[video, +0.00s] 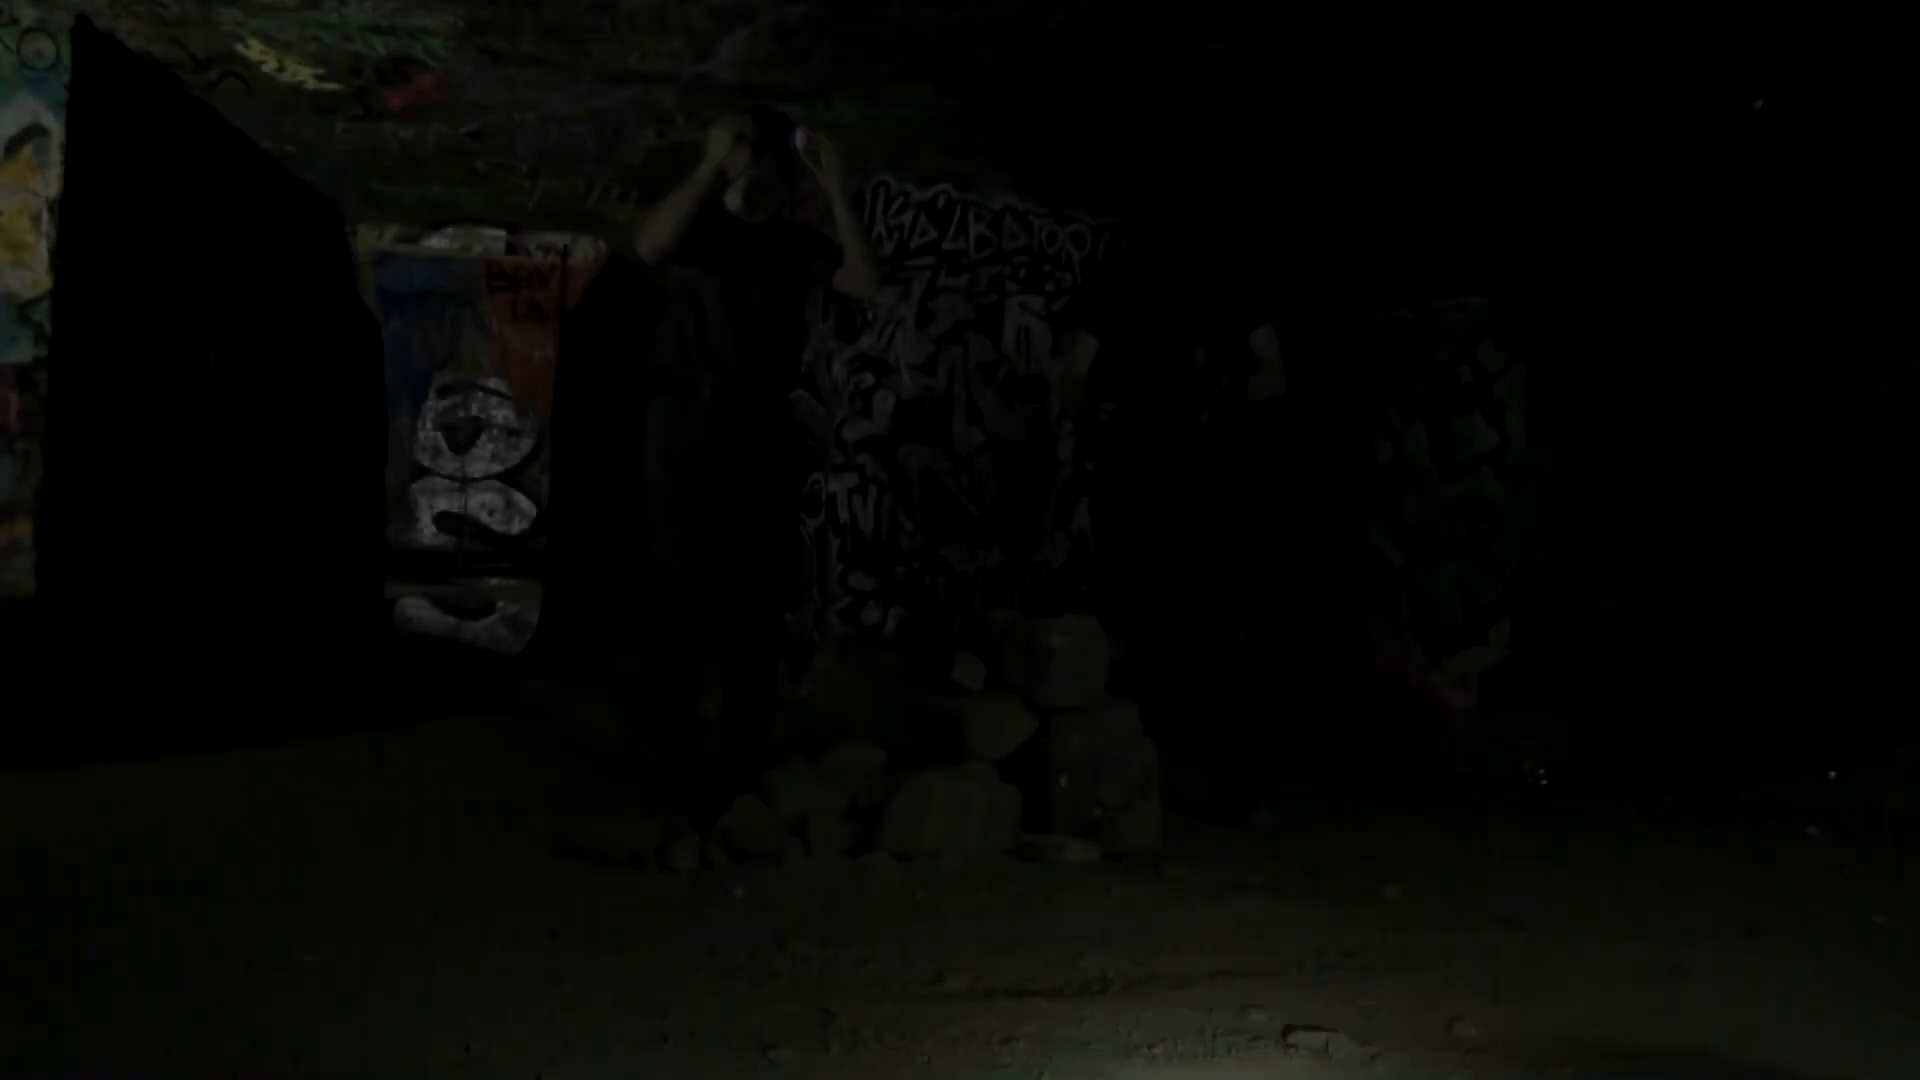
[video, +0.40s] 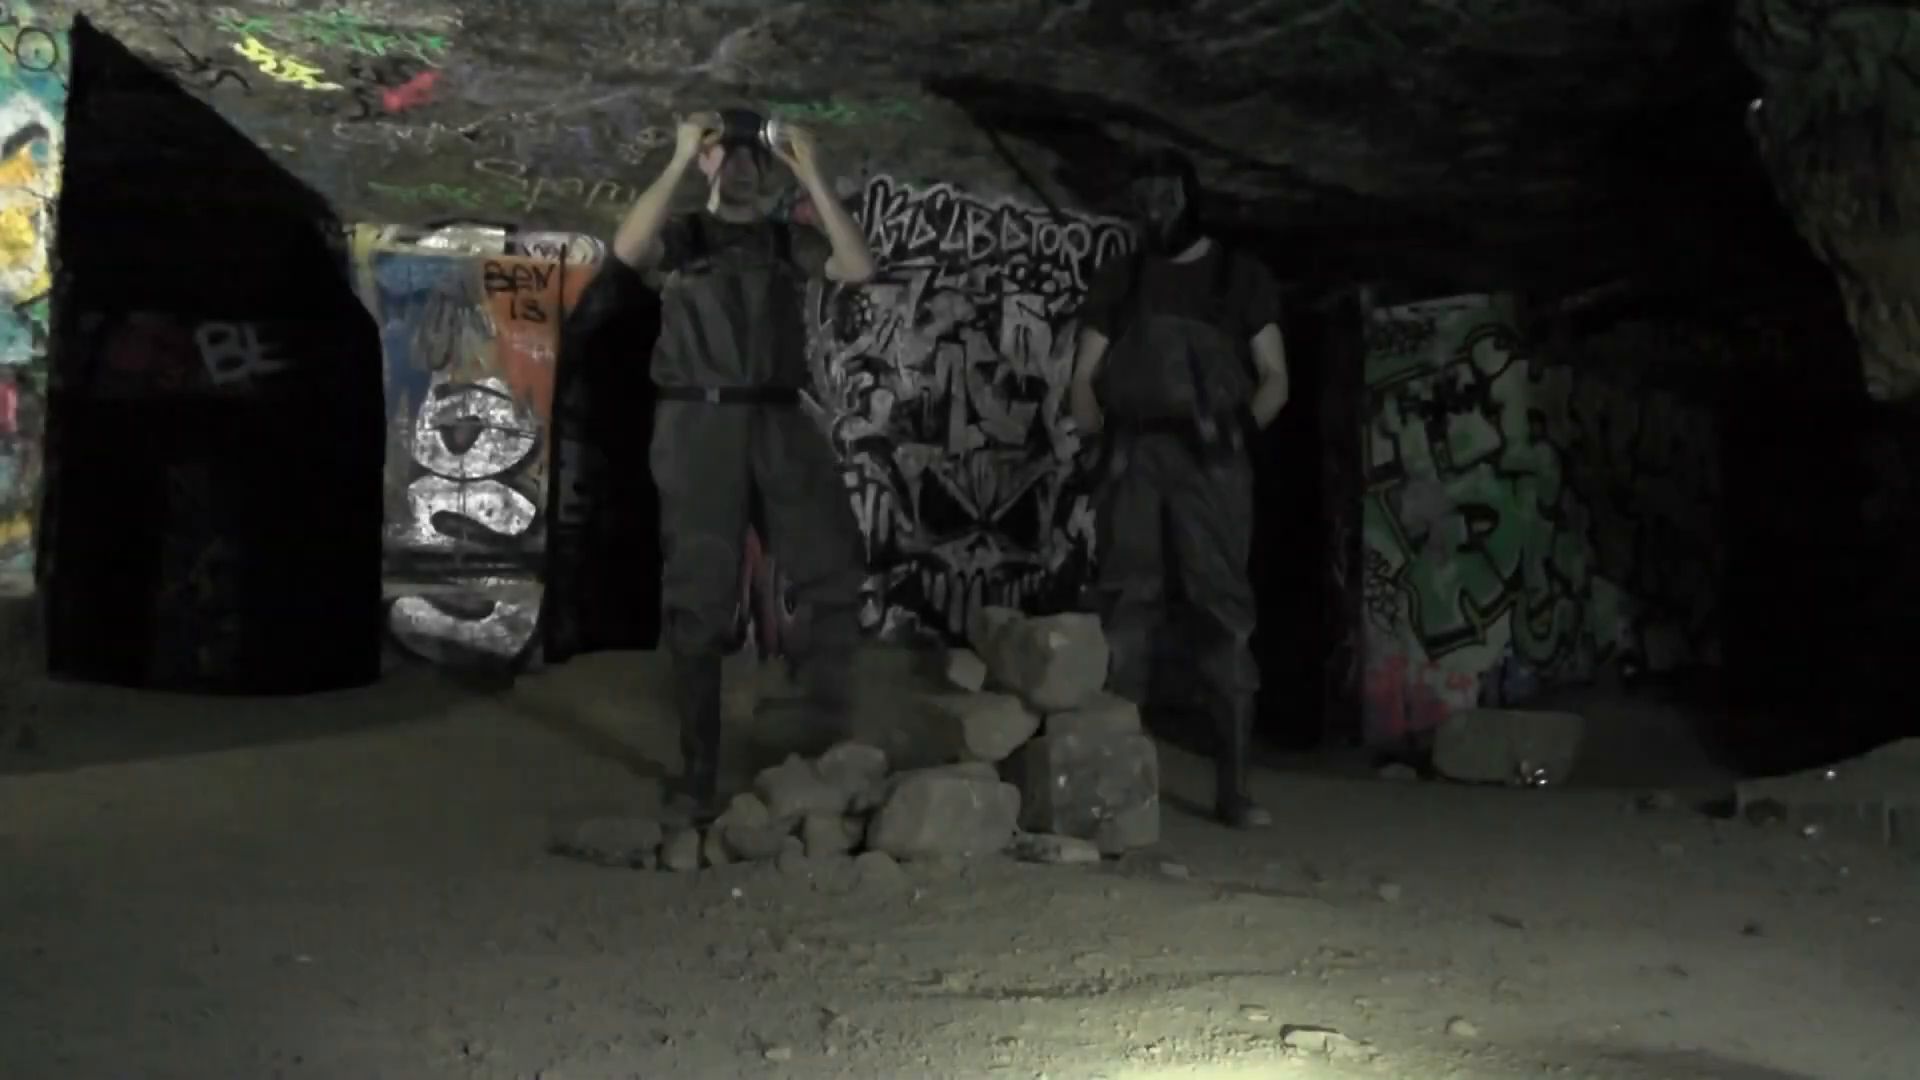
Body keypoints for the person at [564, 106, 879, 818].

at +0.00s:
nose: (748, 166)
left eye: (761, 152)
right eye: (738, 149)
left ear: (779, 167)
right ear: (720, 158)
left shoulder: (792, 237)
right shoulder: (693, 225)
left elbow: (863, 285)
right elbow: (647, 247)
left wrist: (831, 188)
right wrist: (709, 172)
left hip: (766, 432)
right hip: (681, 426)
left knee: (755, 597)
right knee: (678, 592)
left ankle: (744, 762)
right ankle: (661, 753)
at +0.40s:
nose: (737, 166)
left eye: (750, 153)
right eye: (722, 152)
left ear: (772, 166)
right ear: (702, 163)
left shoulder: (792, 236)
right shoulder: (681, 235)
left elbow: (856, 268)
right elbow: (629, 249)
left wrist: (811, 177)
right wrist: (680, 164)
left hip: (783, 429)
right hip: (697, 432)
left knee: (831, 583)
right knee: (698, 602)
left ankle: (824, 749)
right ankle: (698, 774)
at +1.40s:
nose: (855, 165)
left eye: (867, 155)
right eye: (842, 154)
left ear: (884, 169)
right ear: (816, 166)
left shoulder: (903, 235)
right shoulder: (791, 230)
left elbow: (974, 263)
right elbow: (728, 241)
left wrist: (926, 168)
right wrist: (787, 154)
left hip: (878, 437)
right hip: (790, 434)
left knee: (887, 611)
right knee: (751, 607)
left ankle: (886, 775)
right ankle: (709, 782)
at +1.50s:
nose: (846, 164)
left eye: (858, 154)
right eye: (834, 153)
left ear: (876, 168)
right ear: (809, 165)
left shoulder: (896, 233)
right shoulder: (782, 229)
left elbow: (969, 263)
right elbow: (719, 237)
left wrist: (918, 168)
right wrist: (779, 153)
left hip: (871, 436)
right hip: (782, 435)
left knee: (882, 610)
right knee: (744, 607)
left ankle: (884, 775)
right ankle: (706, 783)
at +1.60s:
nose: (838, 161)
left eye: (849, 151)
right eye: (825, 149)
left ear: (867, 164)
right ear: (800, 161)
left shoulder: (887, 230)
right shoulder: (773, 226)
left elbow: (960, 261)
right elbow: (711, 236)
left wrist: (908, 165)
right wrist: (769, 152)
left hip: (863, 436)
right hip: (776, 433)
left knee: (875, 610)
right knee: (739, 607)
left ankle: (883, 776)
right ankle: (703, 785)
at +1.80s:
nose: (822, 161)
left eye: (836, 150)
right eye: (810, 148)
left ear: (855, 161)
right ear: (787, 158)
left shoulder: (875, 230)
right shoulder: (761, 224)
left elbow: (945, 253)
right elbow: (694, 235)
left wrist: (892, 160)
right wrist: (754, 148)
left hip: (852, 441)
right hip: (763, 439)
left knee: (866, 615)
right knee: (729, 614)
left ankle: (882, 777)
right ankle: (699, 789)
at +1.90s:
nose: (818, 163)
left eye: (831, 152)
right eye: (805, 151)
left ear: (851, 162)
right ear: (783, 159)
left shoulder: (873, 229)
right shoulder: (757, 225)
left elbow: (941, 252)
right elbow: (689, 237)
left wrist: (887, 159)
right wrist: (749, 150)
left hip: (850, 440)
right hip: (762, 439)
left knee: (866, 615)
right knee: (729, 613)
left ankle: (882, 779)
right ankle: (697, 789)